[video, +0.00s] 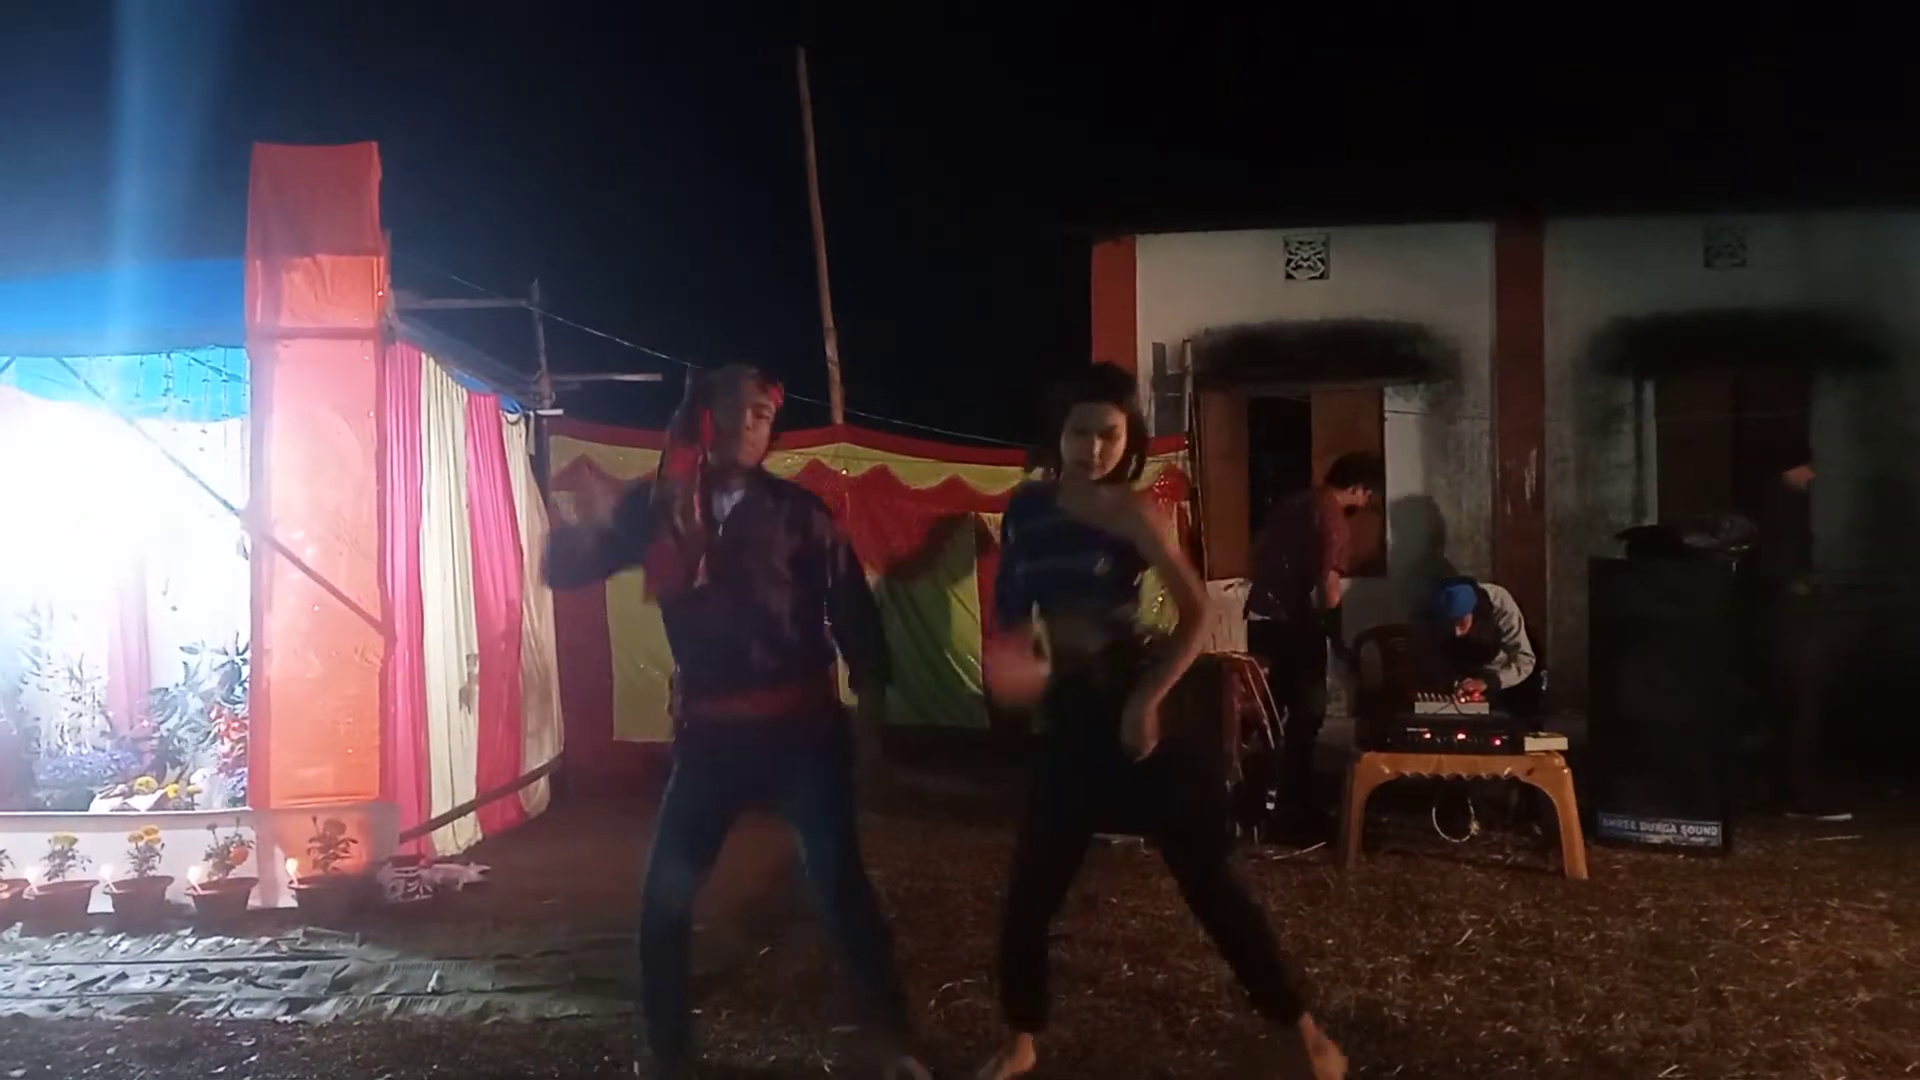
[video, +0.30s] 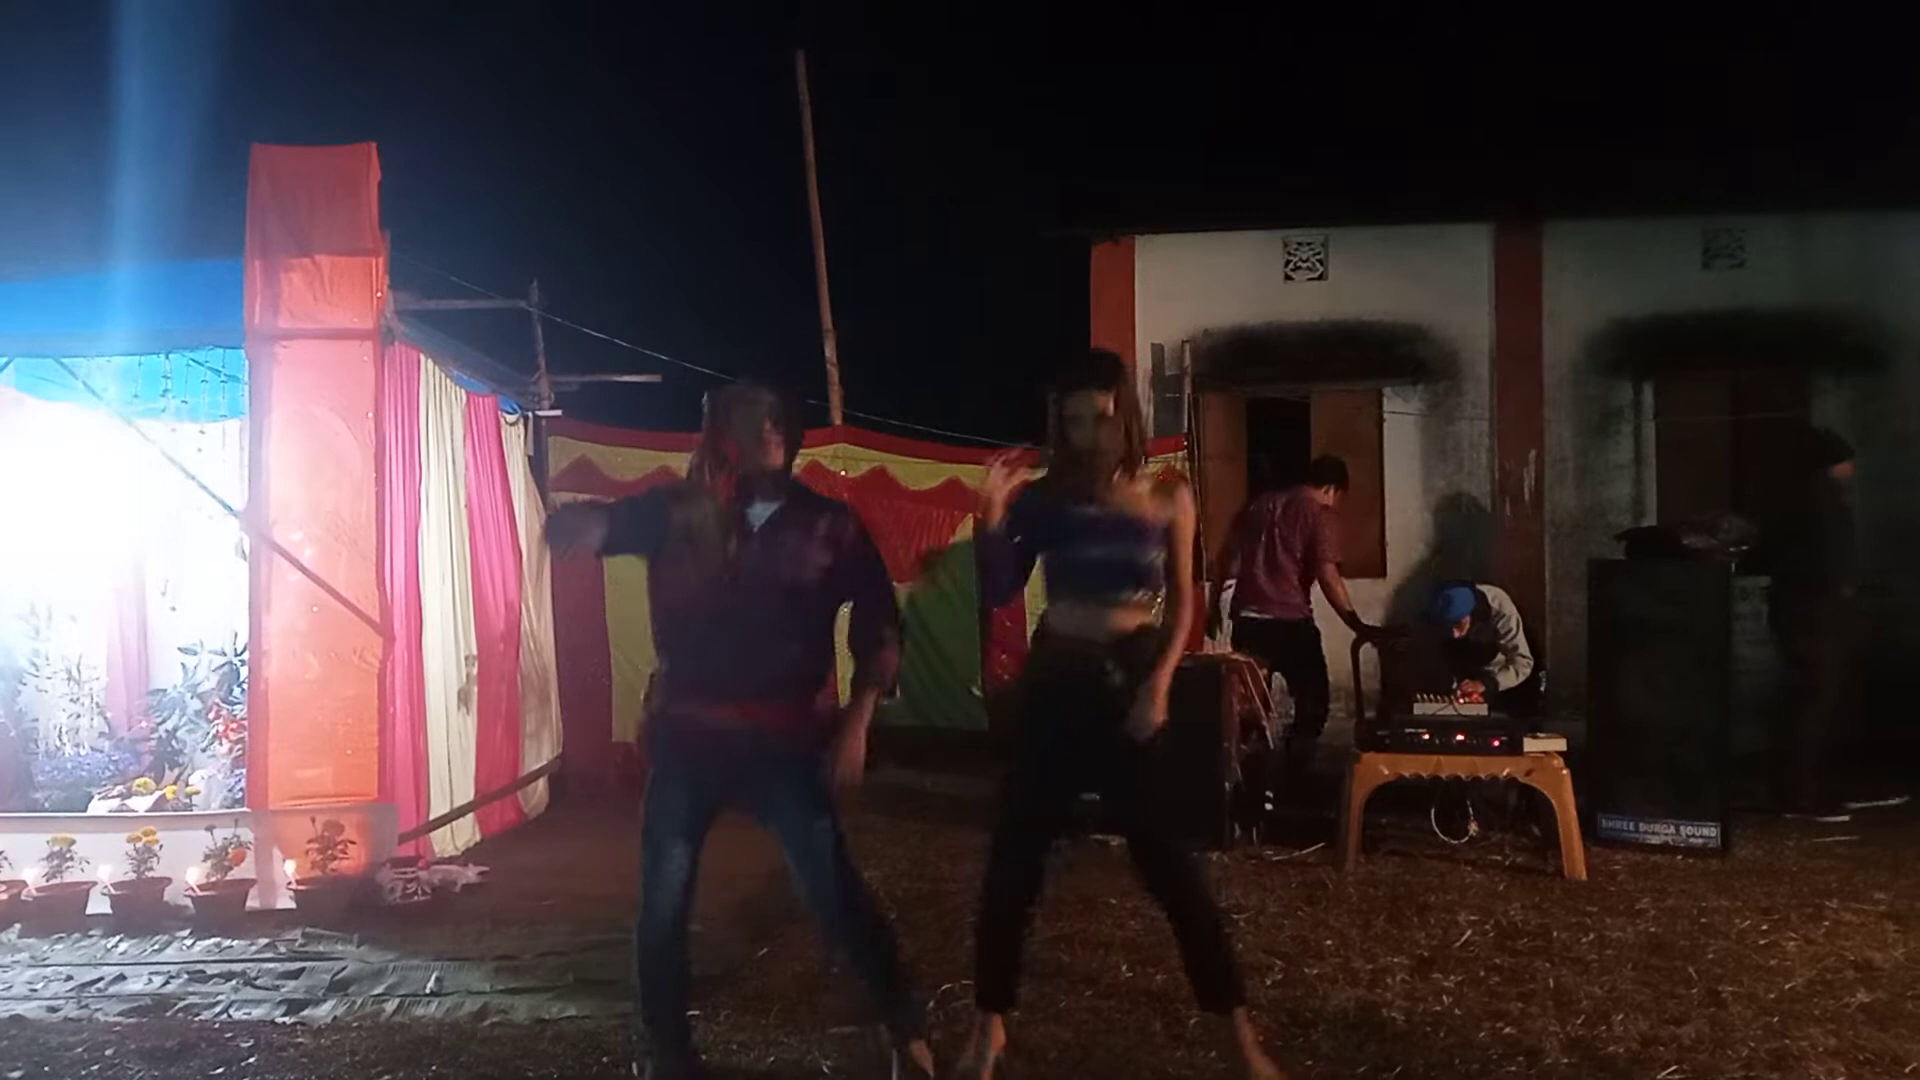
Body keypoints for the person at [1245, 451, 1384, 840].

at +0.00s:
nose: (1363, 504)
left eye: (1367, 497)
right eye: (1366, 496)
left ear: (1334, 478)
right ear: (1356, 489)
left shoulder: (1294, 504)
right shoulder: (1330, 514)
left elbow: (1268, 562)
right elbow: (1329, 578)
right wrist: (1335, 628)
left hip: (1265, 622)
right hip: (1298, 624)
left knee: (1275, 712)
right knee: (1308, 714)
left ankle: (1262, 799)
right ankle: (1296, 809)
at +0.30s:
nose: (1334, 505)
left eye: (1337, 498)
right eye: (1337, 496)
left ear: (1307, 481)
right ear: (1329, 489)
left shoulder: (1259, 504)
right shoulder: (1318, 512)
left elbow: (1226, 556)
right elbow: (1326, 576)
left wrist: (1213, 608)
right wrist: (1357, 625)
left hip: (1248, 627)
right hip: (1292, 630)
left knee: (1249, 706)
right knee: (1313, 706)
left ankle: (1247, 784)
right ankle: (1294, 783)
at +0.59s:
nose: (1330, 506)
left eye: (1333, 498)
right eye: (1332, 498)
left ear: (1303, 483)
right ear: (1324, 490)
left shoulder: (1257, 506)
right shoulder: (1316, 513)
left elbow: (1232, 551)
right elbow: (1331, 572)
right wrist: (1349, 607)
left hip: (1258, 624)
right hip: (1301, 627)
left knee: (1258, 691)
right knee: (1317, 687)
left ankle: (1250, 754)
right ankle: (1295, 746)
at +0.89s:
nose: (1354, 512)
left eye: (1358, 505)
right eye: (1357, 504)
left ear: (1326, 489)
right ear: (1349, 498)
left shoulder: (1286, 514)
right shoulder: (1341, 524)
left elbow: (1259, 563)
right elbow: (1344, 582)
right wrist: (1353, 611)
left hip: (1278, 632)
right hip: (1320, 636)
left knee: (1268, 708)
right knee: (1333, 712)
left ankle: (1253, 772)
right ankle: (1333, 777)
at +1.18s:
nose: (1398, 504)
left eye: (1401, 497)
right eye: (1400, 496)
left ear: (1371, 484)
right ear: (1388, 490)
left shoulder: (1329, 508)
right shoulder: (1381, 515)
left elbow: (1301, 560)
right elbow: (1390, 570)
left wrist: (1295, 607)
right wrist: (1411, 600)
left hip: (1323, 617)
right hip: (1359, 617)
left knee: (1328, 677)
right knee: (1359, 687)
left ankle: (1282, 727)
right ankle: (1349, 756)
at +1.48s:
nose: (1441, 502)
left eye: (1445, 497)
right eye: (1442, 494)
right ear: (1430, 487)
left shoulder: (1382, 511)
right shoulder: (1418, 514)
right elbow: (1431, 567)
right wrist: (1461, 613)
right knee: (1466, 599)